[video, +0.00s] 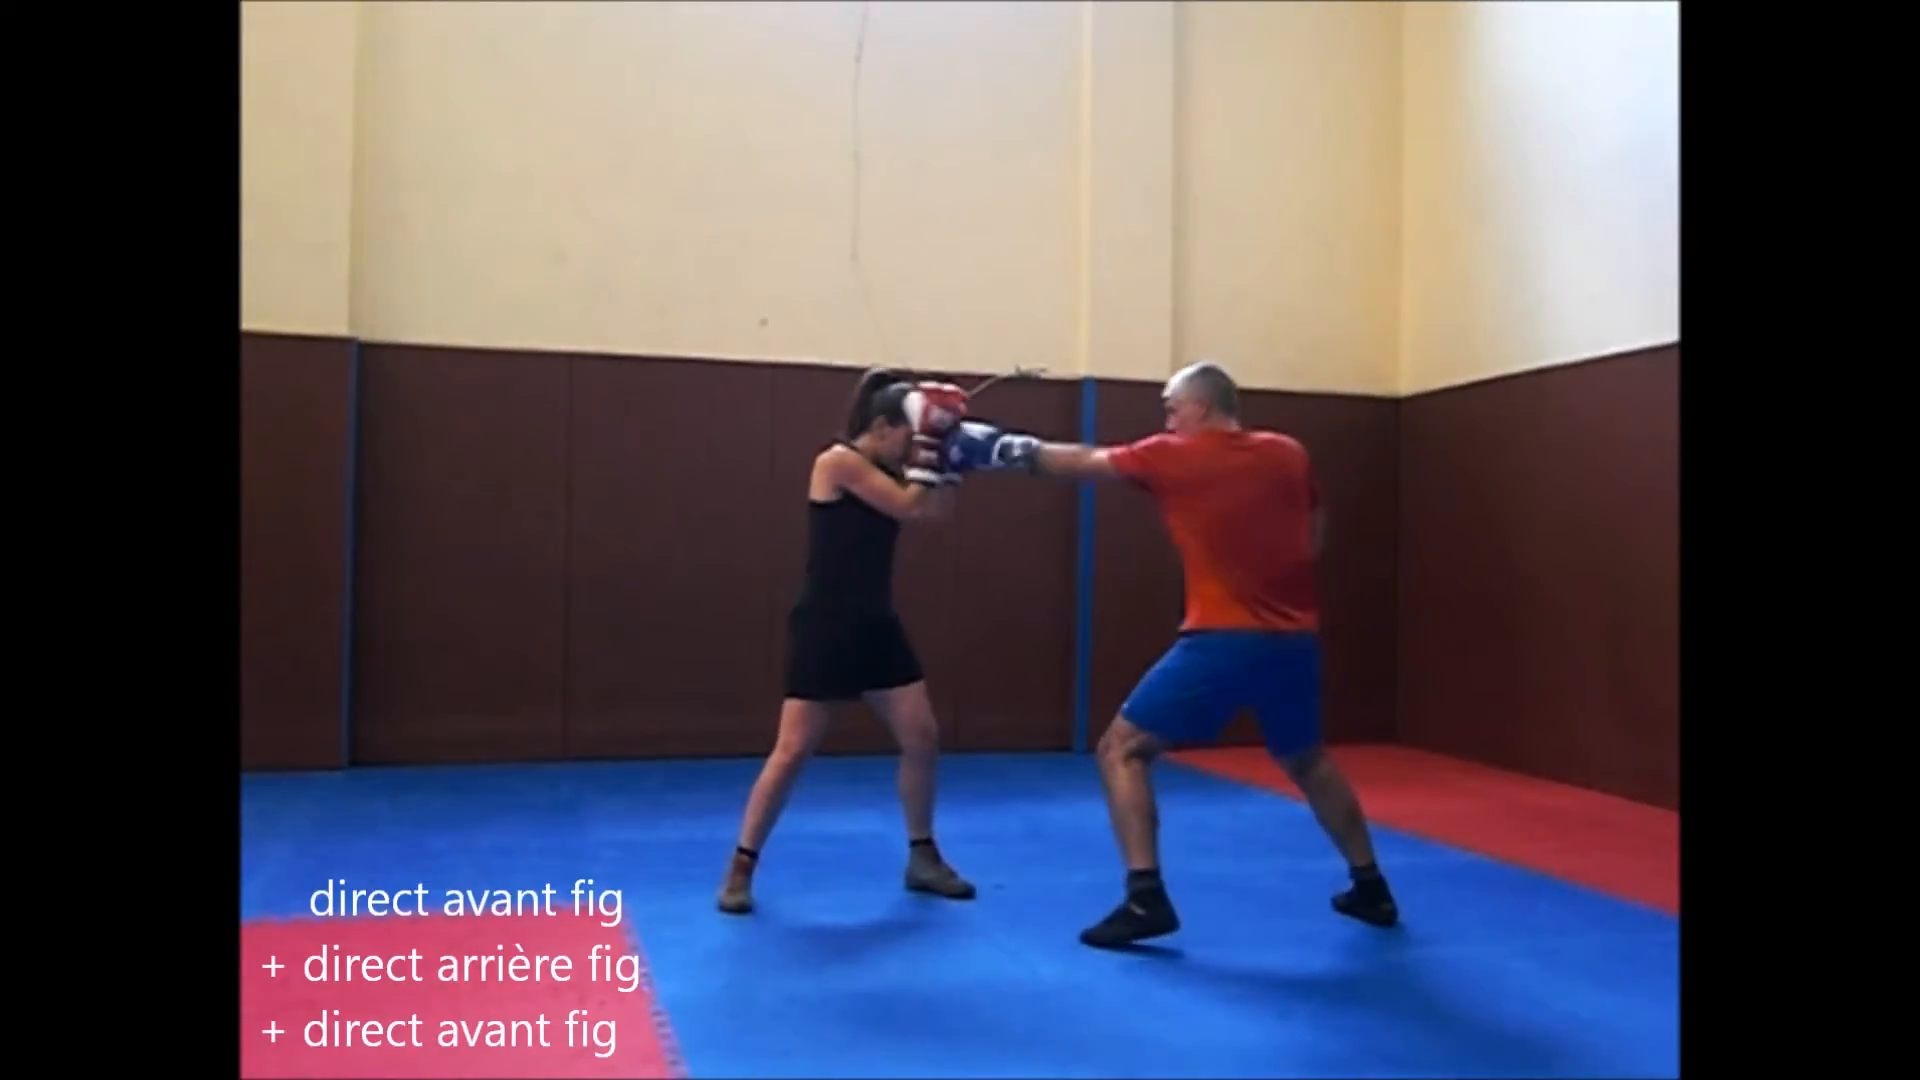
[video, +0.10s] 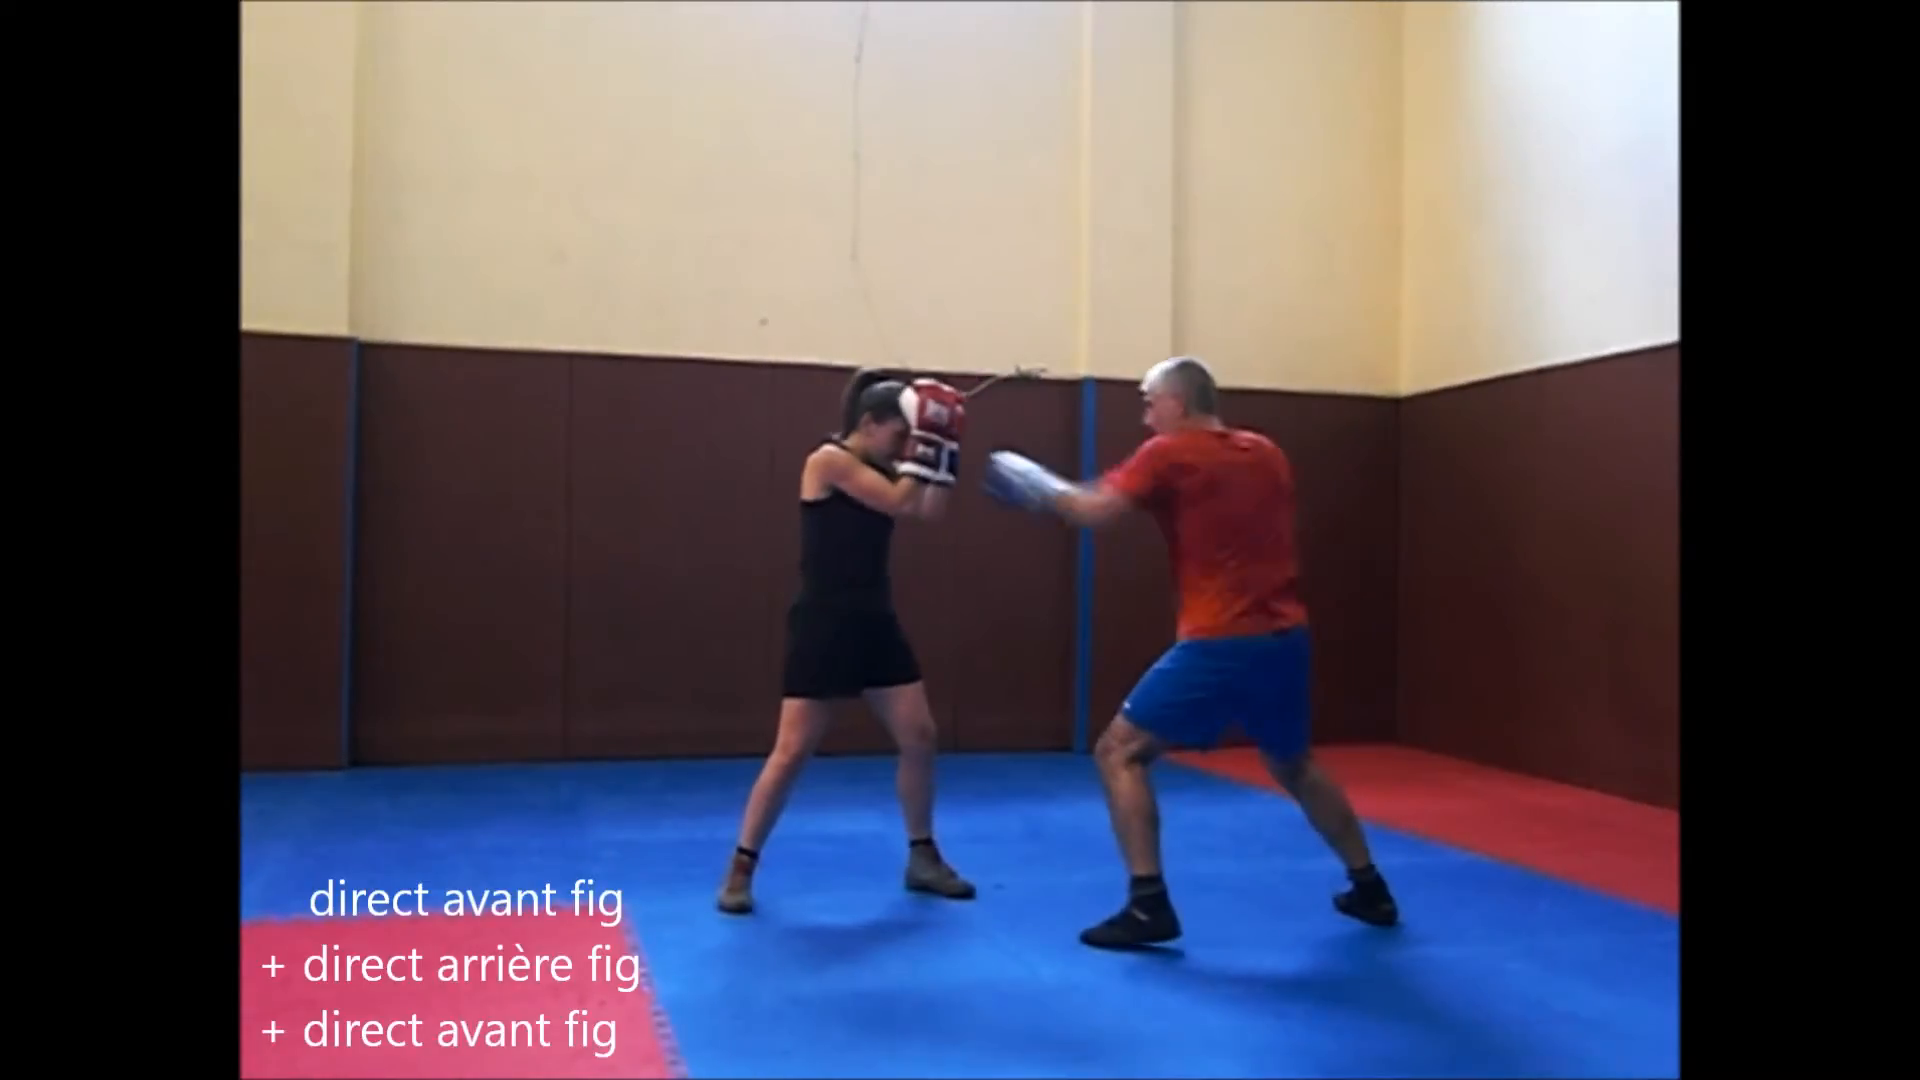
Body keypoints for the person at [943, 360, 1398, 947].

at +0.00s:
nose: (1167, 420)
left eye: (1173, 409)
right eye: (1167, 410)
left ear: (1207, 409)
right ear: (1229, 410)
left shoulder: (1172, 455)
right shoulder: (1290, 452)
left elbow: (1073, 461)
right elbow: (1313, 535)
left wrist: (990, 445)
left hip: (1217, 642)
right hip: (1293, 644)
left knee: (1120, 751)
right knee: (1308, 762)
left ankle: (1146, 899)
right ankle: (1371, 888)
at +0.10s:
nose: (1146, 415)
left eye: (1152, 403)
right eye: (1145, 403)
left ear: (1182, 405)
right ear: (1208, 404)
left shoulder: (1168, 453)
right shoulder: (1267, 453)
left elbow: (1094, 508)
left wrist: (1038, 485)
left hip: (1214, 645)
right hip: (1286, 641)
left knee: (1118, 752)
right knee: (1297, 766)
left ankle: (1148, 906)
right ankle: (1371, 889)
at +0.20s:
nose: (1128, 416)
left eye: (1137, 403)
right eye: (1127, 404)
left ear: (1174, 406)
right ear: (1176, 409)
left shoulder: (1211, 462)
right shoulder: (1194, 458)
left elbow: (1222, 549)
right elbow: (1177, 490)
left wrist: (1138, 528)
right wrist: (1117, 463)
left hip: (1233, 637)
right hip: (1259, 634)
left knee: (1132, 748)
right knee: (1280, 771)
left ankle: (1152, 908)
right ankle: (1369, 887)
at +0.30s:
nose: (1130, 427)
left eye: (1138, 415)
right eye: (1130, 416)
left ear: (1175, 418)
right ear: (1168, 420)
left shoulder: (1241, 473)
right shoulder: (1146, 466)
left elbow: (1284, 554)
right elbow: (1058, 455)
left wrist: (1205, 541)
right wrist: (982, 439)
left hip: (1245, 643)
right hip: (1224, 645)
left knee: (1138, 744)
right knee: (1270, 781)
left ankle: (1153, 911)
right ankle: (1375, 880)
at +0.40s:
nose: (1128, 423)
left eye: (1136, 411)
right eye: (1127, 412)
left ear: (1174, 415)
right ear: (1163, 417)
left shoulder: (1234, 470)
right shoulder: (1146, 467)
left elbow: (1274, 558)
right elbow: (1082, 477)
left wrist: (1197, 540)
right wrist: (1025, 460)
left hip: (1234, 643)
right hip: (1216, 645)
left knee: (1124, 747)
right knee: (1275, 776)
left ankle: (1151, 908)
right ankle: (1376, 877)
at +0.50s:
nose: (1118, 411)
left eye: (1125, 398)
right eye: (1117, 399)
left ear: (1157, 397)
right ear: (1167, 399)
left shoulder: (1185, 446)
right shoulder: (1211, 440)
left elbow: (1170, 526)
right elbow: (1184, 506)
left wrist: (1096, 494)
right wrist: (1124, 476)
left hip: (1206, 630)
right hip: (1259, 624)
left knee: (1104, 744)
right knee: (1289, 756)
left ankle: (1142, 897)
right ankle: (1367, 871)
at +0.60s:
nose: (1120, 416)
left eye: (1126, 405)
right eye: (1120, 406)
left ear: (1157, 403)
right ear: (1183, 403)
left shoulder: (1134, 442)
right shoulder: (1241, 442)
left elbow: (1038, 462)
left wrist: (966, 441)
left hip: (1193, 628)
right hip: (1268, 620)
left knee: (1104, 745)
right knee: (1298, 750)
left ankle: (1139, 893)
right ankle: (1360, 874)